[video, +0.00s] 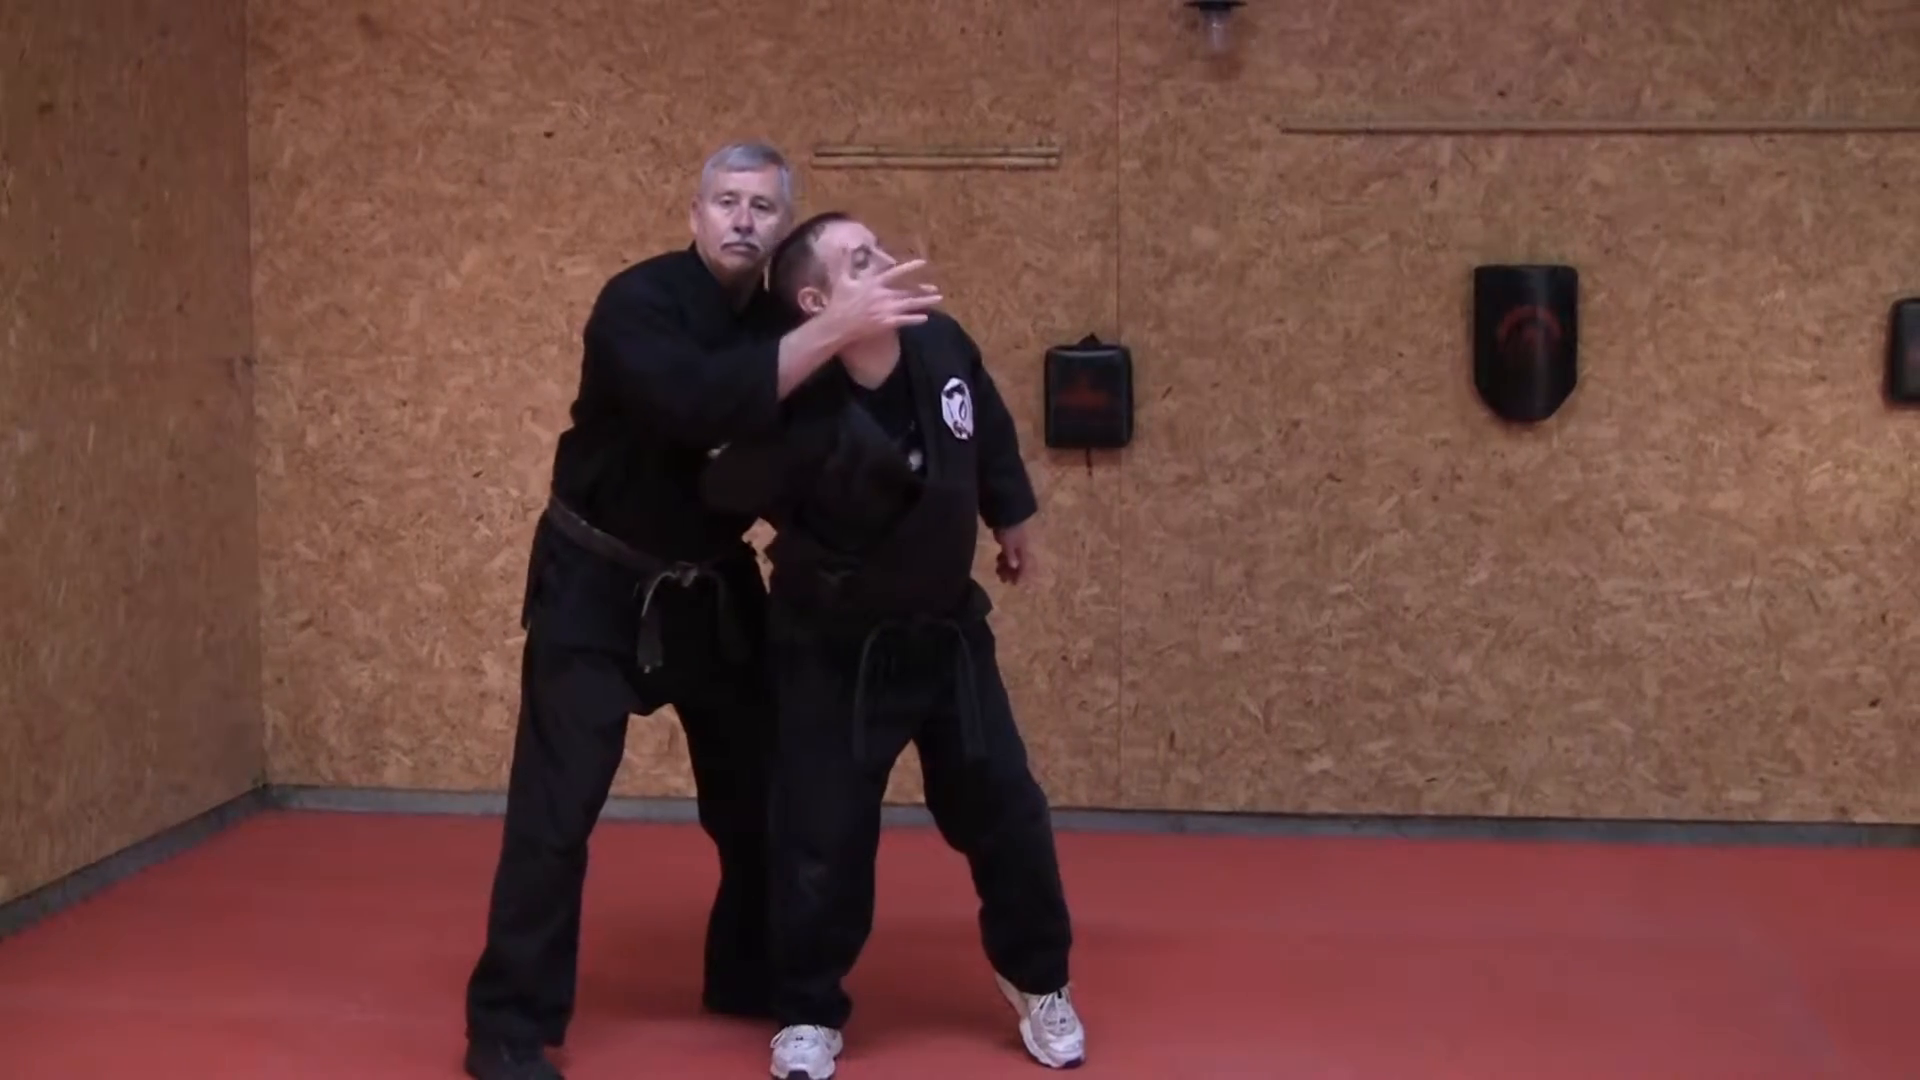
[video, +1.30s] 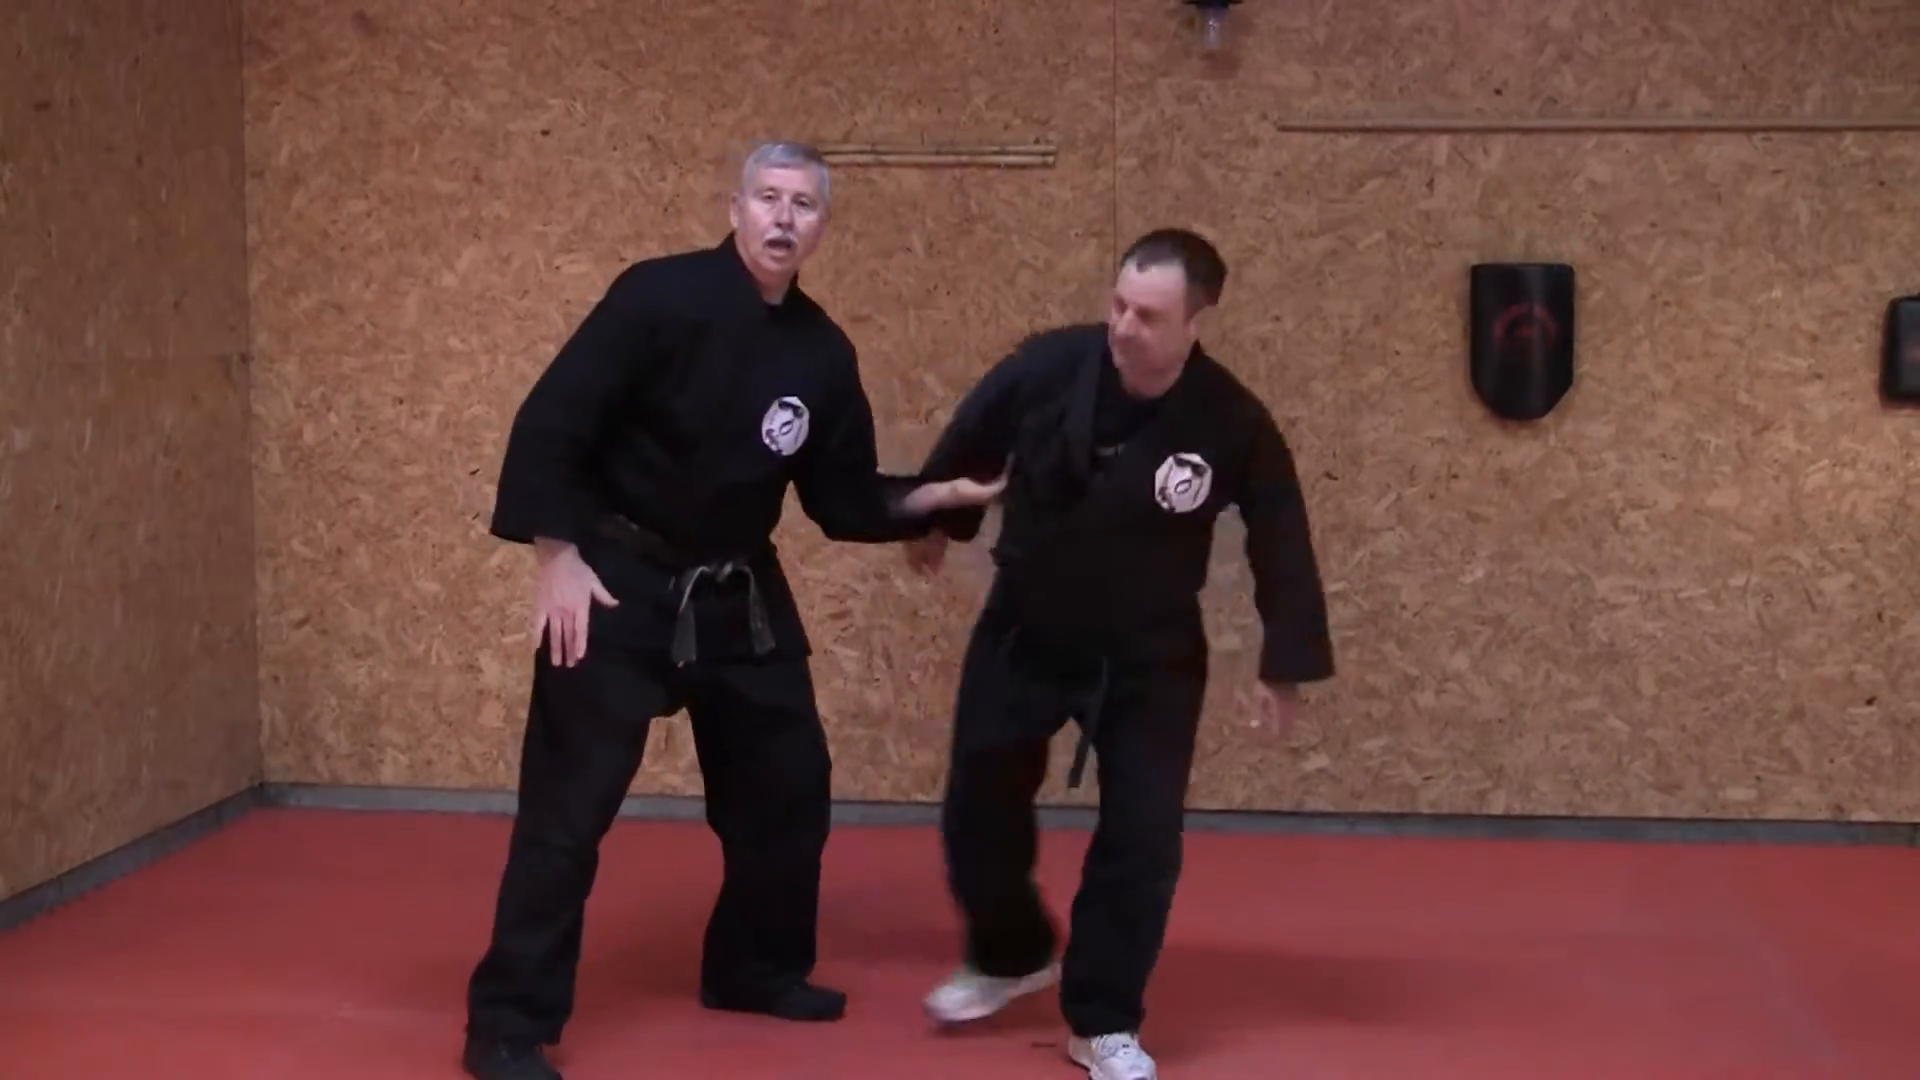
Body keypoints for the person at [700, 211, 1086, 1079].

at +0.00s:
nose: (888, 268)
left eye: (882, 252)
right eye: (860, 262)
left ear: (895, 269)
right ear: (812, 303)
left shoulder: (940, 346)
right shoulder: (798, 414)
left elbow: (989, 431)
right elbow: (722, 501)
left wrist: (1014, 519)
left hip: (944, 629)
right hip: (829, 641)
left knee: (1005, 808)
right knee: (819, 830)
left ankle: (1038, 981)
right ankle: (810, 1013)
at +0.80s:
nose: (1002, 319)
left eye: (999, 302)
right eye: (981, 310)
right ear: (919, 330)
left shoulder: (1013, 375)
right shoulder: (863, 419)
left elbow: (1025, 460)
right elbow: (759, 454)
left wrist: (1021, 541)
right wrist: (772, 434)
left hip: (973, 634)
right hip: (861, 645)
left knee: (1037, 812)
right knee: (835, 829)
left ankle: (1074, 989)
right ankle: (807, 1015)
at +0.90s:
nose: (1053, 344)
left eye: (1052, 327)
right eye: (1031, 332)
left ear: (1055, 325)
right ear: (970, 340)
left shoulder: (1063, 408)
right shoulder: (903, 417)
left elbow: (1056, 537)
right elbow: (793, 445)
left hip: (997, 651)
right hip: (882, 655)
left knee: (1046, 830)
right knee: (839, 833)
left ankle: (1092, 1011)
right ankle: (807, 1015)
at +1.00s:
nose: (1104, 372)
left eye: (1113, 352)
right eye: (1082, 354)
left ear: (1121, 347)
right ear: (1025, 349)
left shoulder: (1119, 426)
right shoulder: (952, 413)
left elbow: (1119, 518)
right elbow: (827, 437)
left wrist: (1102, 590)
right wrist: (878, 489)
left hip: (1040, 652)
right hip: (918, 652)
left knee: (1077, 838)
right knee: (854, 828)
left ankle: (1101, 1018)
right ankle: (807, 1013)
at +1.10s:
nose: (1130, 380)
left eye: (1148, 361)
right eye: (1113, 357)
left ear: (1164, 358)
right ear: (1073, 341)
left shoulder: (1169, 435)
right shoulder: (989, 400)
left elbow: (1182, 540)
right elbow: (871, 442)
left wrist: (1164, 634)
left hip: (1083, 653)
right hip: (958, 644)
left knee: (1105, 840)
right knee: (880, 819)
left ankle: (1105, 1023)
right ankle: (819, 1000)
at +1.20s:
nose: (1134, 363)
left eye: (1158, 348)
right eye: (1122, 340)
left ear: (1185, 348)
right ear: (1099, 324)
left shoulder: (1206, 435)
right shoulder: (1019, 386)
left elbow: (1239, 542)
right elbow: (924, 437)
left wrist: (1243, 651)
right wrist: (908, 505)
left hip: (1120, 650)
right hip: (992, 634)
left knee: (1125, 831)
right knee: (924, 806)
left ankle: (1104, 1023)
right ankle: (898, 981)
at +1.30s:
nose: (1124, 327)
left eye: (1149, 316)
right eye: (1120, 306)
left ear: (1196, 322)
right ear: (1109, 296)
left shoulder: (1231, 423)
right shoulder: (1046, 368)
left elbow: (1282, 542)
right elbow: (970, 440)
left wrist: (1286, 662)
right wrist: (933, 521)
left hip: (1149, 653)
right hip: (1025, 635)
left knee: (1142, 837)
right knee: (978, 808)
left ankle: (1106, 1021)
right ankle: (1009, 953)